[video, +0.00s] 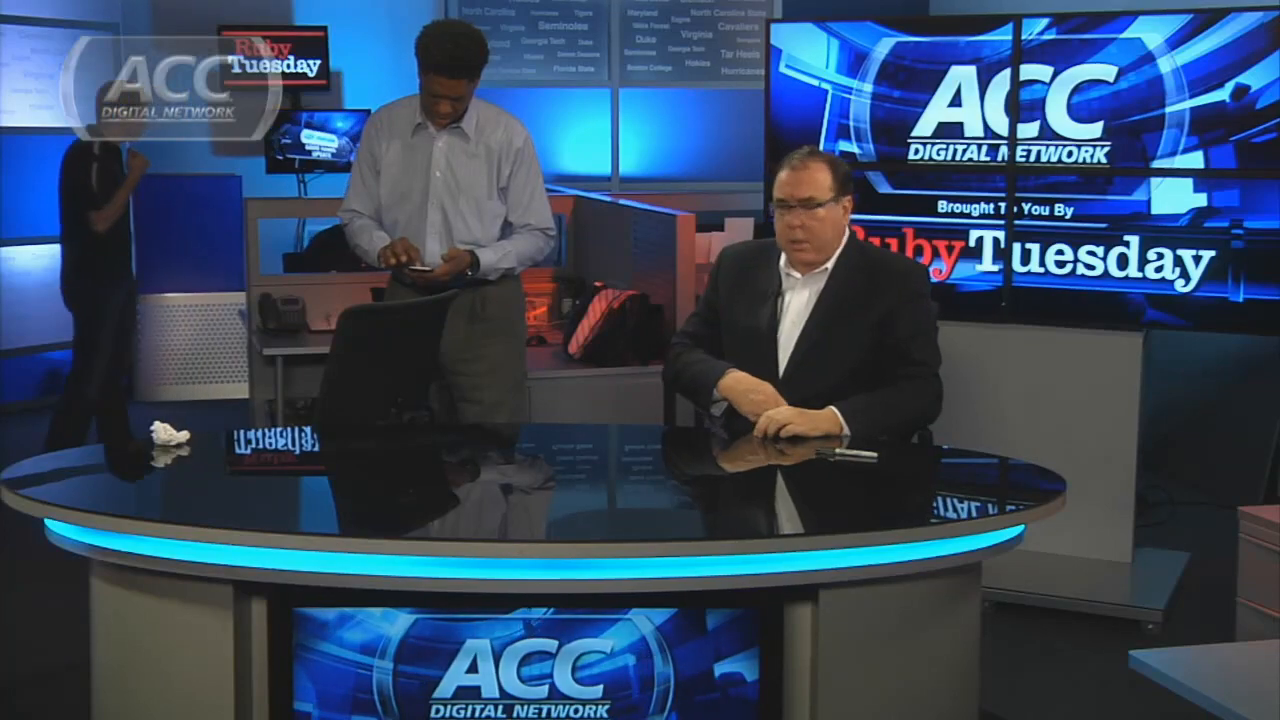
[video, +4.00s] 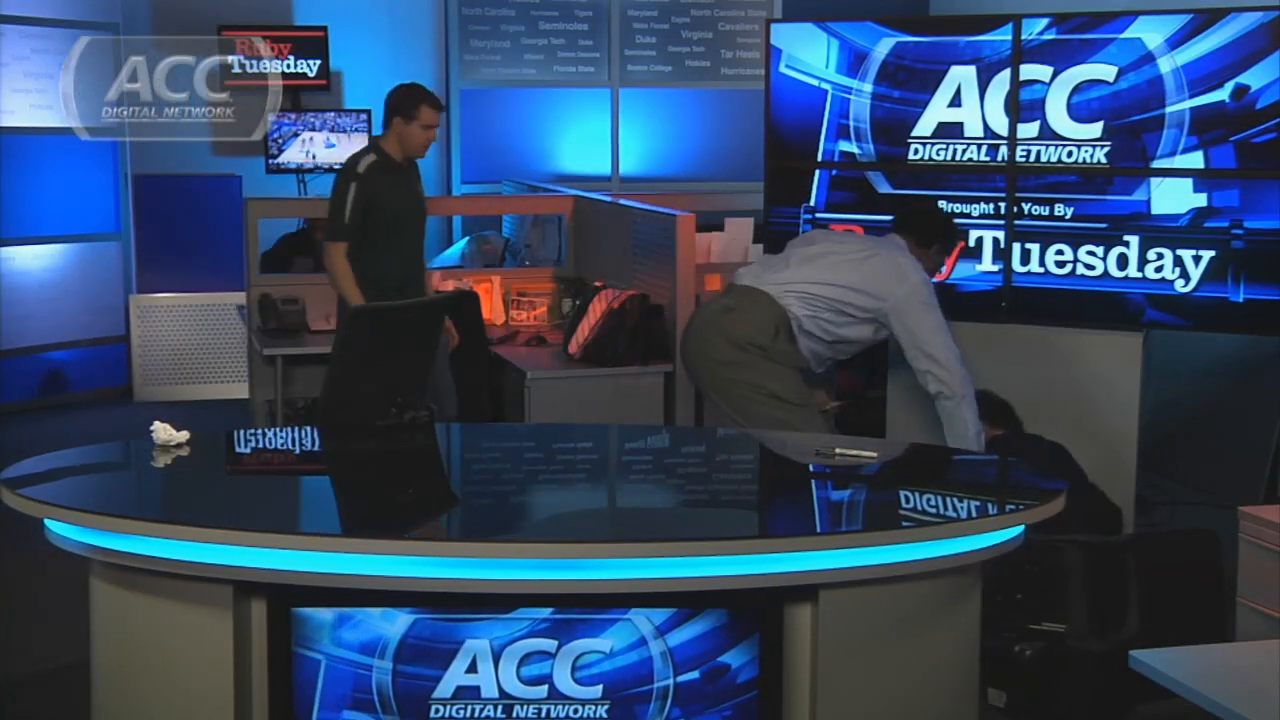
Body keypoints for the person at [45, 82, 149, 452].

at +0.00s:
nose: (140, 120)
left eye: (140, 113)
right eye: (133, 112)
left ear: (110, 112)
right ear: (112, 112)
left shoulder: (109, 155)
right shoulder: (86, 155)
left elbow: (106, 227)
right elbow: (99, 222)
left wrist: (121, 277)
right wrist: (133, 177)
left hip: (113, 279)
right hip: (92, 282)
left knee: (114, 370)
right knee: (93, 371)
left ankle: (123, 457)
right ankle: (59, 461)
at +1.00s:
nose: (134, 124)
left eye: (135, 115)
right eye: (128, 115)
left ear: (109, 117)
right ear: (107, 116)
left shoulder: (102, 157)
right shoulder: (72, 157)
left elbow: (98, 224)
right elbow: (74, 229)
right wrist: (134, 212)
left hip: (112, 282)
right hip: (79, 285)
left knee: (131, 370)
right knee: (75, 374)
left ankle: (135, 454)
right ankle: (53, 462)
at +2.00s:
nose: (180, 122)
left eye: (185, 114)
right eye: (172, 114)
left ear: (190, 117)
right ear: (153, 116)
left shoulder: (191, 161)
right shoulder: (122, 163)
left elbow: (197, 229)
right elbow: (98, 234)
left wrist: (208, 289)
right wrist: (100, 299)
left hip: (188, 291)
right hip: (141, 292)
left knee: (187, 382)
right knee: (152, 386)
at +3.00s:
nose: (290, 131)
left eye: (293, 123)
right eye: (283, 122)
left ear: (289, 125)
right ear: (259, 120)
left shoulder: (279, 165)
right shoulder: (217, 165)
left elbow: (276, 236)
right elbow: (191, 239)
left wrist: (285, 293)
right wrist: (225, 296)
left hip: (276, 304)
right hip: (231, 306)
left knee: (280, 396)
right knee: (230, 398)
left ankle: (276, 474)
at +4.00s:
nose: (433, 137)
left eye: (435, 129)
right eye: (427, 128)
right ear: (398, 123)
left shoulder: (410, 171)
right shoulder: (358, 171)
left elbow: (412, 256)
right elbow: (334, 254)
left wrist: (436, 316)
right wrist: (364, 316)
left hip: (412, 323)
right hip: (373, 326)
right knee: (368, 424)